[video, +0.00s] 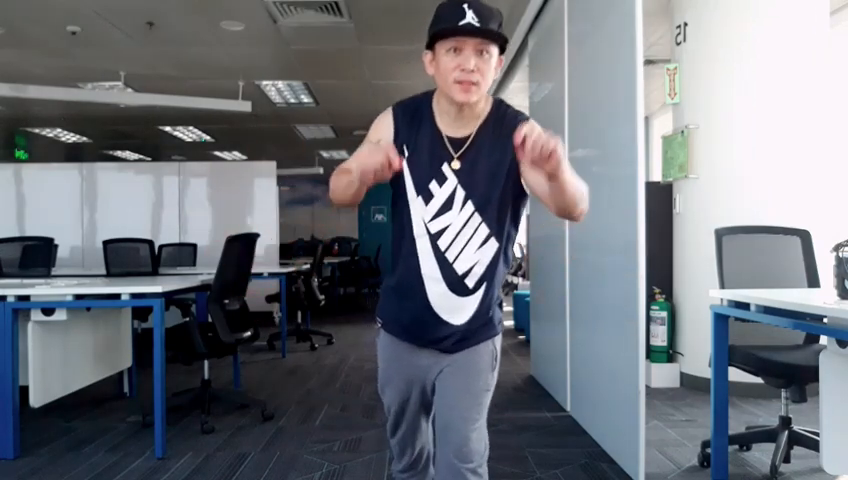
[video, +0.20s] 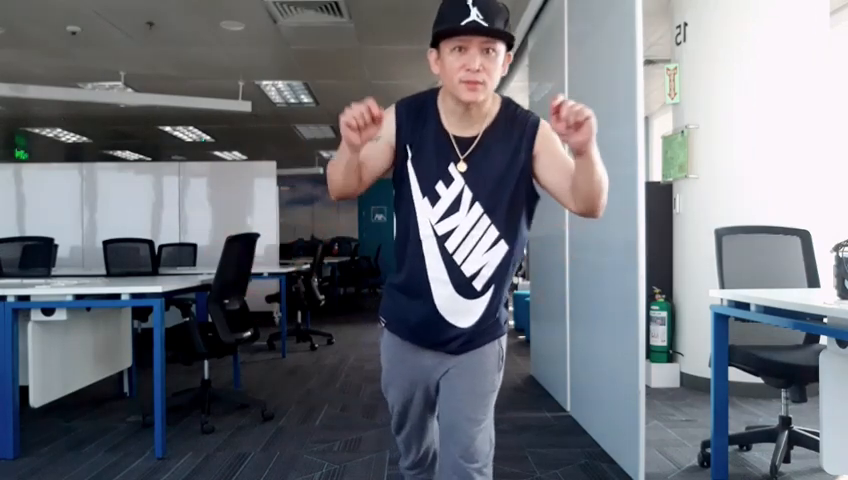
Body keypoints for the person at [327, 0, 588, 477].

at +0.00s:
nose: (469, 63)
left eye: (482, 52)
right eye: (455, 50)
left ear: (498, 65)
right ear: (430, 61)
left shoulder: (518, 132)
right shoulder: (397, 121)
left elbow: (574, 211)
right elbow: (338, 195)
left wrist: (557, 173)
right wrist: (361, 171)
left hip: (473, 332)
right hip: (403, 327)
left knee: (462, 460)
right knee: (406, 456)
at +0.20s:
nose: (474, 63)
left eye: (488, 51)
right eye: (459, 50)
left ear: (505, 62)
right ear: (435, 60)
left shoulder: (529, 132)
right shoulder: (404, 118)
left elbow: (588, 205)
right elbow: (341, 188)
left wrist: (583, 150)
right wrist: (350, 147)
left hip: (479, 334)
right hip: (408, 328)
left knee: (467, 462)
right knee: (412, 453)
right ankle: (416, 471)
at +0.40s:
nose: (476, 57)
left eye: (490, 44)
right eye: (461, 44)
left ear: (508, 56)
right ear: (437, 57)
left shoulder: (530, 133)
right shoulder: (405, 115)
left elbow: (566, 219)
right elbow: (345, 189)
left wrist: (587, 148)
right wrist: (351, 130)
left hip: (480, 334)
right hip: (408, 327)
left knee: (469, 465)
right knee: (411, 444)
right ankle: (419, 473)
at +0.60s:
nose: (469, 54)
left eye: (483, 42)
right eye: (455, 42)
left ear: (501, 55)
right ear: (433, 56)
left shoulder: (524, 130)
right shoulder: (401, 115)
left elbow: (553, 220)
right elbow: (338, 185)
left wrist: (535, 179)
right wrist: (367, 156)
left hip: (477, 328)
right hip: (403, 322)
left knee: (467, 457)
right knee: (399, 433)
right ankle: (405, 471)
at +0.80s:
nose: (459, 64)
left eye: (471, 53)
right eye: (447, 52)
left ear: (490, 66)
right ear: (425, 65)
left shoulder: (508, 138)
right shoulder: (394, 126)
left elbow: (533, 216)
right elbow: (346, 193)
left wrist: (517, 244)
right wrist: (355, 224)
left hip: (465, 330)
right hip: (395, 324)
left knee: (460, 456)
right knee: (388, 433)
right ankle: (393, 472)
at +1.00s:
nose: (448, 85)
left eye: (461, 75)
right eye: (436, 73)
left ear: (477, 85)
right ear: (414, 81)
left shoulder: (491, 156)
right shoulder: (382, 144)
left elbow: (529, 230)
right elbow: (334, 212)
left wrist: (574, 295)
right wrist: (282, 278)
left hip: (454, 337)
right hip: (385, 334)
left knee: (454, 452)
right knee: (387, 428)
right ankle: (395, 473)